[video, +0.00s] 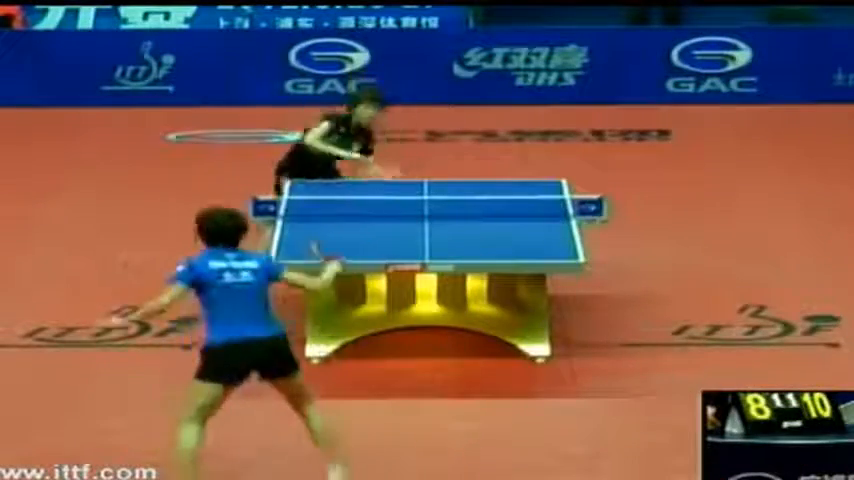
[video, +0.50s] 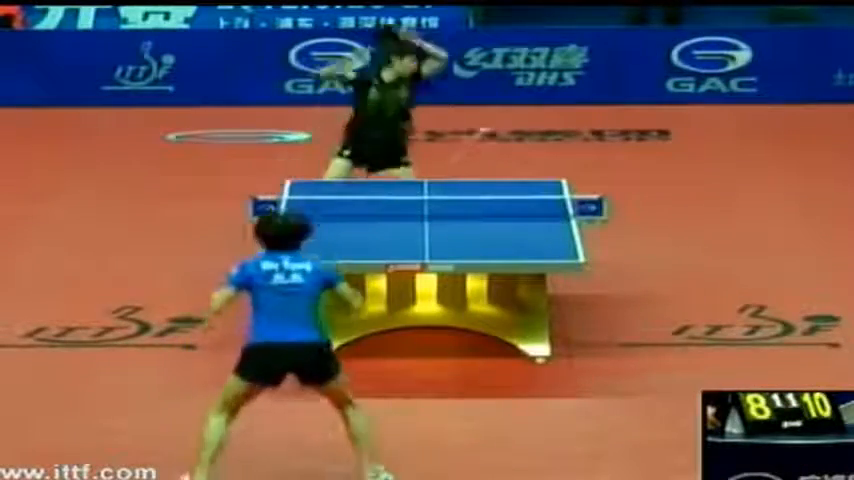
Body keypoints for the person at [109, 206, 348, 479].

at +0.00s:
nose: (195, 238)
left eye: (198, 233)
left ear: (205, 238)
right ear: (239, 236)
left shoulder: (197, 266)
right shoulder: (260, 262)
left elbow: (163, 304)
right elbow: (314, 285)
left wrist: (131, 318)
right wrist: (330, 270)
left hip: (225, 349)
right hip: (269, 345)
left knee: (195, 420)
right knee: (305, 404)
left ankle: (185, 474)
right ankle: (337, 465)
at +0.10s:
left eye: (226, 239)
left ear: (231, 245)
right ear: (265, 245)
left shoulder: (220, 274)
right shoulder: (283, 274)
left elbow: (196, 318)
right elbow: (326, 307)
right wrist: (328, 281)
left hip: (241, 358)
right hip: (286, 355)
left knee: (207, 427)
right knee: (326, 414)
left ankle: (204, 474)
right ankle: (361, 467)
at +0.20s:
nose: (245, 254)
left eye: (248, 250)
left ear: (255, 255)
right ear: (286, 256)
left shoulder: (241, 283)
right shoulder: (304, 284)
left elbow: (211, 323)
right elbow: (342, 319)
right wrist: (343, 295)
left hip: (255, 367)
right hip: (300, 364)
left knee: (214, 430)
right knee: (337, 410)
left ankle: (206, 476)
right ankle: (367, 468)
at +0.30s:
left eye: (268, 243)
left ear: (272, 246)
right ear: (304, 247)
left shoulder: (258, 274)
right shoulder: (322, 276)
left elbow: (221, 310)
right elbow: (356, 308)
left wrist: (243, 277)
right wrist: (350, 282)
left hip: (265, 358)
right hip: (311, 357)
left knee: (219, 418)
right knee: (346, 406)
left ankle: (209, 475)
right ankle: (368, 468)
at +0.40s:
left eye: (267, 232)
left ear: (271, 236)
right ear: (303, 238)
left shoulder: (256, 264)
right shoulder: (320, 266)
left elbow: (223, 298)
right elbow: (356, 300)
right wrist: (350, 280)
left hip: (265, 347)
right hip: (310, 347)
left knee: (224, 410)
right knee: (346, 405)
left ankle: (207, 472)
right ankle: (370, 466)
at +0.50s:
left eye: (259, 233)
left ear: (264, 239)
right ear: (299, 239)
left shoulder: (253, 268)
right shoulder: (316, 268)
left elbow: (219, 301)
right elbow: (355, 302)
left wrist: (209, 318)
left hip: (264, 351)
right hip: (310, 350)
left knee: (225, 411)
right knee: (347, 405)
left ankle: (201, 473)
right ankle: (370, 468)